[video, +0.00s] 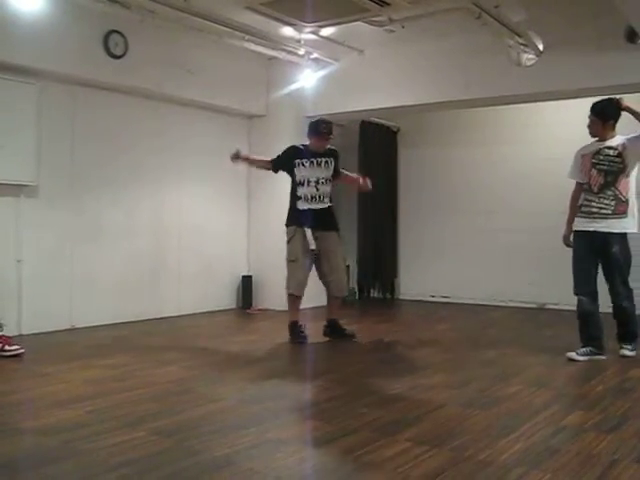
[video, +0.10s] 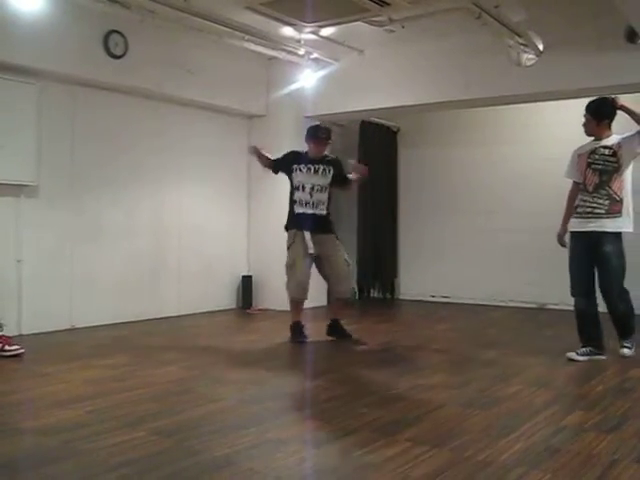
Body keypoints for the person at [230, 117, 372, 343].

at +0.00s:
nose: (326, 143)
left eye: (328, 139)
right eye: (322, 139)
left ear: (329, 138)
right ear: (312, 137)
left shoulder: (331, 155)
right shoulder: (294, 153)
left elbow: (336, 174)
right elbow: (271, 165)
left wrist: (357, 180)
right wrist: (244, 158)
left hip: (325, 222)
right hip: (299, 222)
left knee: (336, 273)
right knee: (297, 272)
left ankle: (332, 323)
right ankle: (294, 325)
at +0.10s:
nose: (321, 147)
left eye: (324, 143)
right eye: (317, 142)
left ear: (328, 144)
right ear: (308, 141)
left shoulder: (333, 164)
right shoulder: (294, 158)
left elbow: (343, 185)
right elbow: (272, 165)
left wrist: (356, 178)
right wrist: (259, 155)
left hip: (323, 228)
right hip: (298, 227)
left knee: (341, 272)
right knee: (298, 275)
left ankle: (334, 323)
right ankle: (296, 325)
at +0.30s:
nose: (332, 155)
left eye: (332, 150)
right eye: (329, 150)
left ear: (321, 151)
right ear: (316, 149)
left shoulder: (325, 170)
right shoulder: (304, 168)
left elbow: (342, 186)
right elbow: (317, 182)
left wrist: (323, 174)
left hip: (328, 231)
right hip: (306, 231)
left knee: (344, 273)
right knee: (307, 278)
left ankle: (335, 323)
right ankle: (297, 326)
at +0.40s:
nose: (331, 155)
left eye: (332, 151)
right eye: (329, 150)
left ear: (321, 150)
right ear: (316, 149)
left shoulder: (324, 168)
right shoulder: (305, 168)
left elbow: (340, 182)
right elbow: (319, 199)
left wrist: (327, 176)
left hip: (327, 231)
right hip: (309, 233)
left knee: (351, 277)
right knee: (313, 283)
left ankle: (337, 322)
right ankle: (297, 326)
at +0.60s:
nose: (332, 153)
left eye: (333, 149)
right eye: (329, 148)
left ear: (329, 150)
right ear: (316, 148)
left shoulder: (329, 170)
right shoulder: (297, 165)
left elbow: (330, 192)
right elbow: (278, 188)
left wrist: (338, 184)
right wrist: (301, 192)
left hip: (329, 234)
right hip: (307, 235)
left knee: (352, 278)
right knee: (317, 284)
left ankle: (337, 323)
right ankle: (291, 326)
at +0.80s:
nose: (315, 165)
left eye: (320, 161)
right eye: (312, 160)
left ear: (324, 162)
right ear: (304, 158)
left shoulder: (331, 186)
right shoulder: (288, 185)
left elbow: (353, 206)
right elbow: (284, 214)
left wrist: (336, 223)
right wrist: (285, 237)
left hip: (328, 245)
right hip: (300, 245)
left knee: (345, 280)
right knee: (288, 283)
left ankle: (336, 323)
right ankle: (284, 326)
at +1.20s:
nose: (330, 137)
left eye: (333, 132)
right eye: (326, 132)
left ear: (338, 133)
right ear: (318, 133)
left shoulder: (348, 158)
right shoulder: (308, 153)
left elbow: (361, 185)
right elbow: (298, 173)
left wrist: (359, 202)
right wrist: (283, 191)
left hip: (336, 222)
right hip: (308, 221)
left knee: (349, 270)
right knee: (297, 263)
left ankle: (347, 318)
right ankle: (308, 299)